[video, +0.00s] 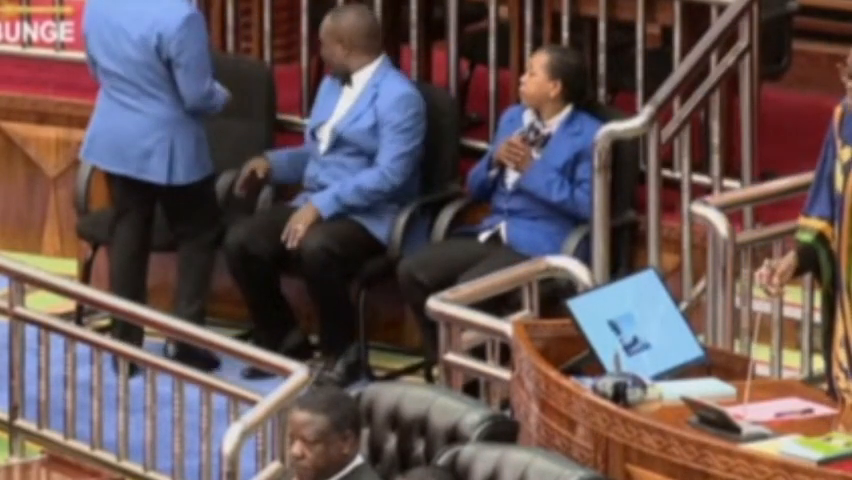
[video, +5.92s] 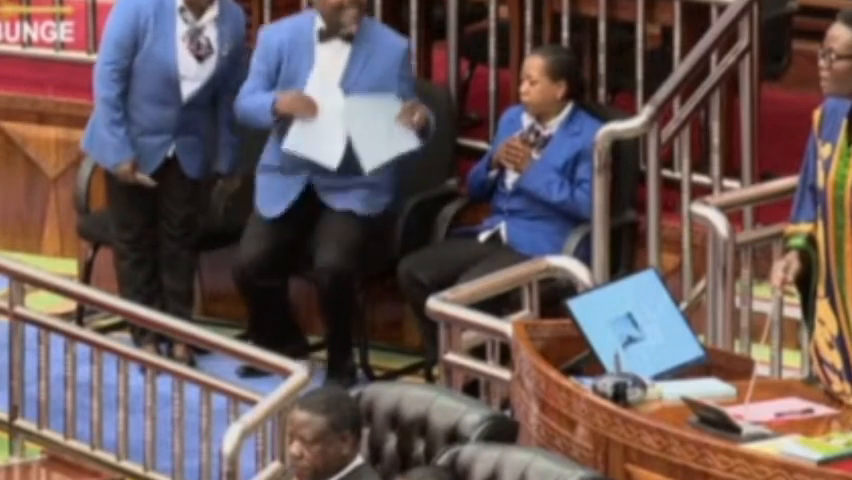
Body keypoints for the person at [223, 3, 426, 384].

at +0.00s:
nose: (322, 53)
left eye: (324, 44)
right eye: (322, 45)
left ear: (344, 46)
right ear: (355, 45)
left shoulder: (399, 96)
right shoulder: (333, 84)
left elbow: (391, 175)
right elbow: (318, 155)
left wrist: (320, 206)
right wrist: (271, 163)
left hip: (371, 215)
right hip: (317, 204)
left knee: (319, 249)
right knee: (244, 242)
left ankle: (340, 352)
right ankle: (281, 337)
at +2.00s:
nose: (354, 46)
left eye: (363, 36)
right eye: (343, 37)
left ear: (375, 41)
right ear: (325, 43)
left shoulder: (400, 98)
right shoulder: (307, 86)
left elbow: (403, 177)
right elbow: (302, 147)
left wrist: (329, 179)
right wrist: (279, 156)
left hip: (365, 216)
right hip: (304, 208)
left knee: (311, 253)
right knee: (240, 247)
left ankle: (336, 354)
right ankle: (281, 342)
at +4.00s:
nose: (374, 50)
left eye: (380, 41)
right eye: (363, 41)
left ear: (390, 45)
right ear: (340, 48)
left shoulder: (411, 103)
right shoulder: (308, 89)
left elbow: (410, 181)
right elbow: (286, 148)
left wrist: (340, 181)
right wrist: (297, 170)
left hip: (366, 219)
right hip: (302, 211)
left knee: (317, 257)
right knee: (235, 248)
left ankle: (340, 357)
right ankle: (282, 344)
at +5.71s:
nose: (331, 47)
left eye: (337, 36)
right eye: (319, 39)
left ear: (347, 36)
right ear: (297, 43)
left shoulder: (377, 89)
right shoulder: (262, 78)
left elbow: (399, 152)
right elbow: (232, 136)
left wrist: (390, 167)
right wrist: (252, 146)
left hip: (347, 204)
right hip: (282, 200)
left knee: (325, 264)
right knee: (238, 266)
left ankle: (337, 364)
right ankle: (281, 351)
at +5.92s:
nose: (354, 9)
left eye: (359, 3)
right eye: (344, 3)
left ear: (366, 4)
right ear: (317, 5)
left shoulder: (392, 48)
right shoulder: (278, 37)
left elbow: (406, 126)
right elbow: (245, 104)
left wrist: (418, 120)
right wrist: (277, 104)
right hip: (288, 179)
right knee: (253, 264)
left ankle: (340, 365)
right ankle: (282, 350)